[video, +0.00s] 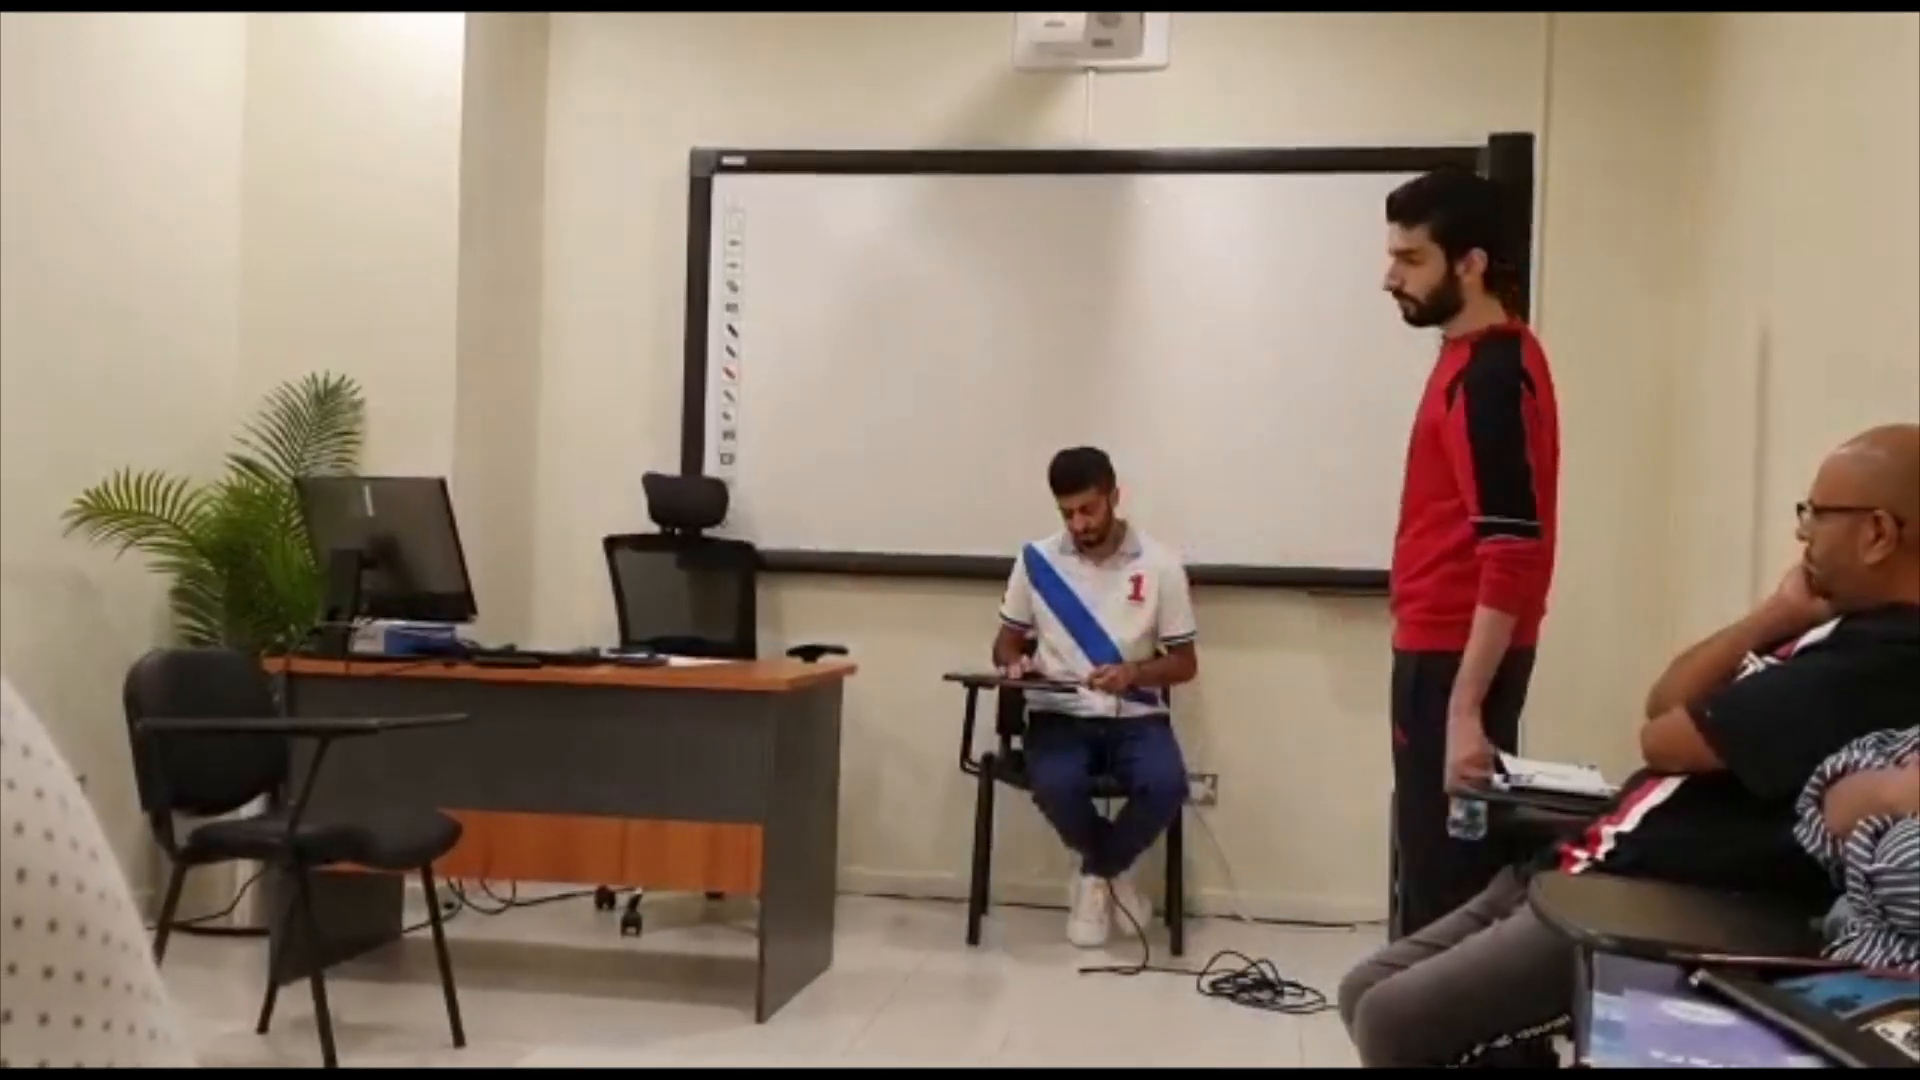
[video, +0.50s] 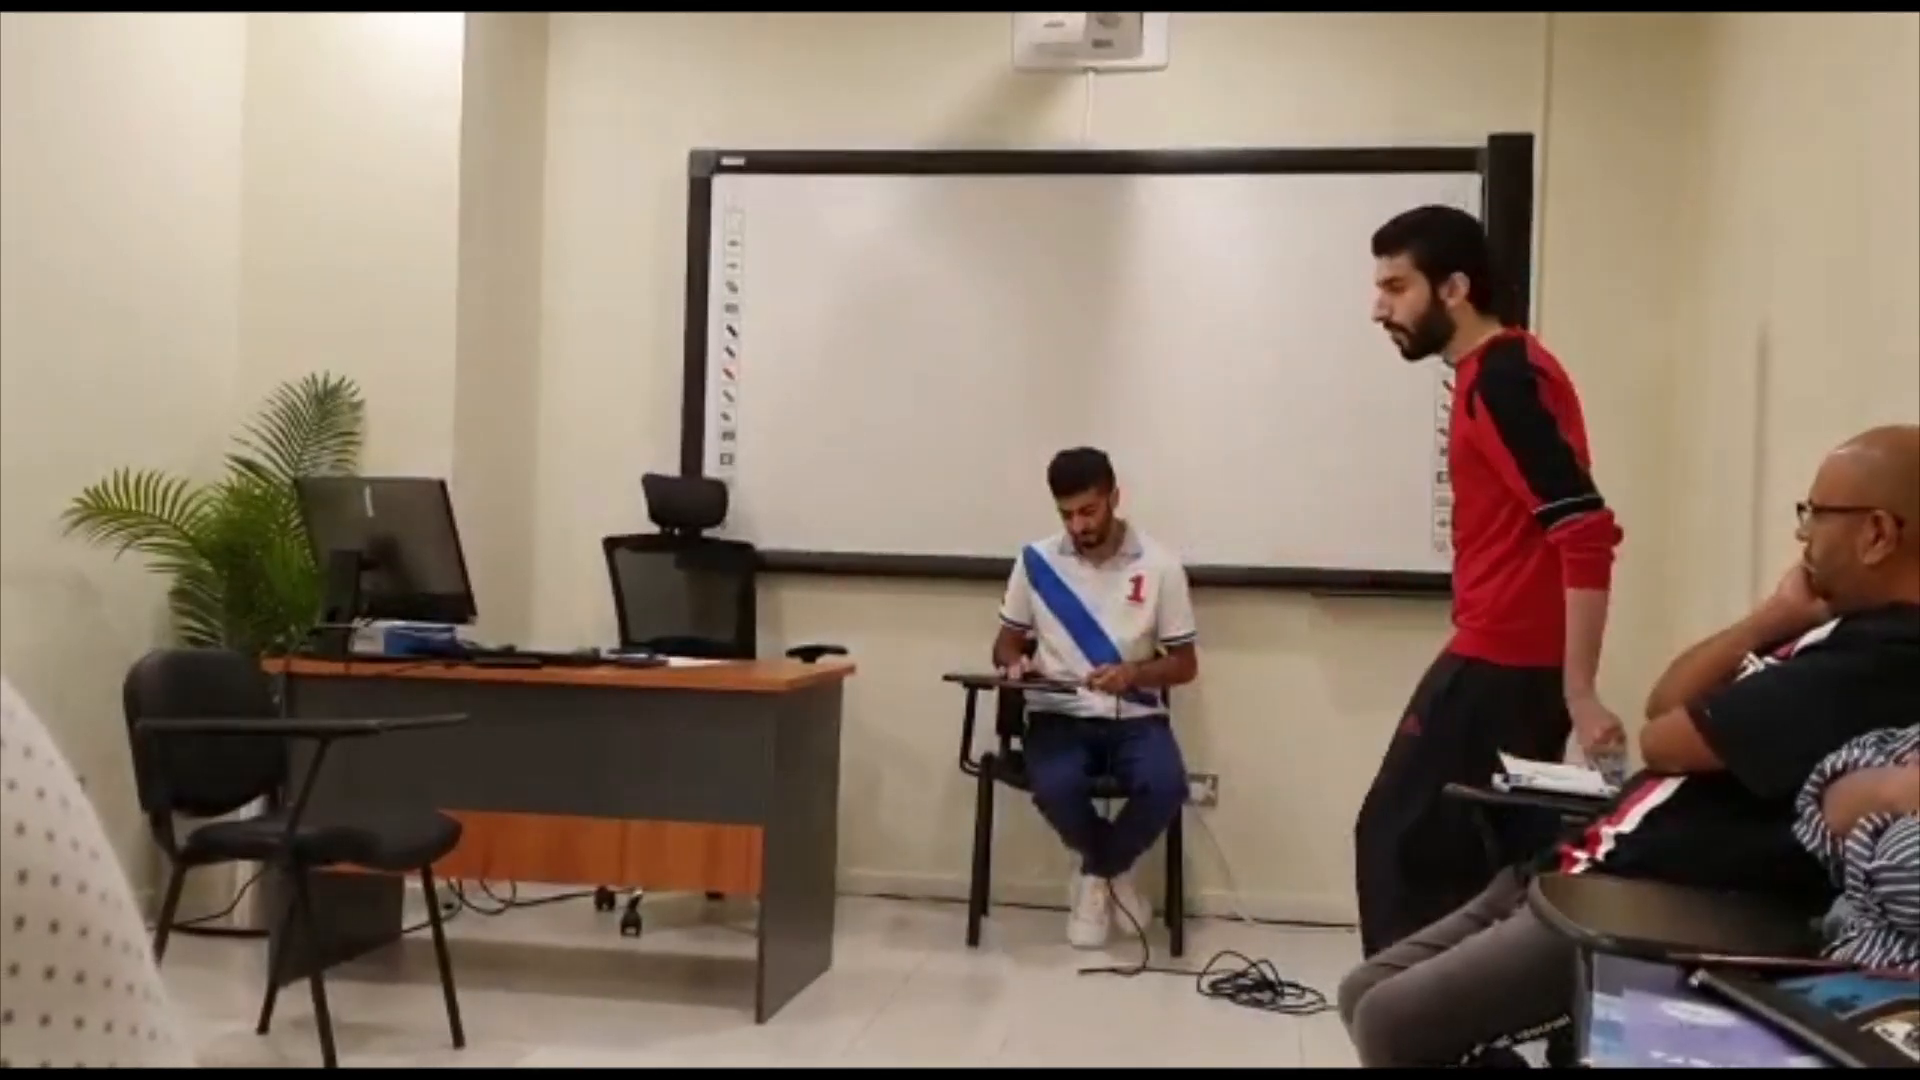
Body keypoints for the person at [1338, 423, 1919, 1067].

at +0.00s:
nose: (1800, 536)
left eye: (1814, 516)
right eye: (1805, 516)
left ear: (1879, 534)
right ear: (1879, 534)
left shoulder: (1882, 653)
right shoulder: (1853, 629)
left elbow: (1666, 744)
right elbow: (1663, 703)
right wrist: (1781, 612)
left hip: (1637, 910)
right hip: (1589, 867)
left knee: (1389, 1024)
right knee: (1364, 989)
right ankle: (1511, 1058)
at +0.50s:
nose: (1800, 538)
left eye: (1813, 517)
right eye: (1804, 516)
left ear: (1880, 534)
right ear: (1880, 534)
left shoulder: (1882, 654)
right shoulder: (1854, 629)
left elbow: (1664, 745)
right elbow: (1665, 703)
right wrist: (1779, 614)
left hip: (1638, 907)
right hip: (1589, 866)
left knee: (1389, 1024)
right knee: (1364, 990)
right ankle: (1488, 1062)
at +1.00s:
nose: (1800, 536)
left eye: (1813, 516)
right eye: (1805, 515)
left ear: (1880, 535)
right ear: (1880, 535)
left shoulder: (1880, 655)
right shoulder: (1857, 630)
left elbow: (1667, 744)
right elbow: (1666, 706)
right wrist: (1781, 614)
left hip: (1631, 910)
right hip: (1582, 867)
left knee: (1388, 1023)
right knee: (1367, 991)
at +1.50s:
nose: (1800, 535)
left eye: (1813, 515)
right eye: (1804, 515)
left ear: (1880, 534)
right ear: (1880, 534)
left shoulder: (1879, 654)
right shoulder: (1856, 629)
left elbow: (1665, 742)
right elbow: (1664, 703)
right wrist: (1782, 612)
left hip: (1628, 909)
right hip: (1580, 865)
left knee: (1385, 1023)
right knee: (1363, 990)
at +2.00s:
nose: (1799, 538)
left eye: (1811, 518)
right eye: (1803, 518)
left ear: (1878, 534)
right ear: (1879, 534)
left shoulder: (1882, 656)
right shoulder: (1853, 631)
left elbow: (1663, 743)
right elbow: (1662, 704)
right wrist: (1779, 614)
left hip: (1626, 907)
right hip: (1579, 863)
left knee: (1383, 1024)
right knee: (1363, 989)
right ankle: (1474, 1062)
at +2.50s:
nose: (1803, 538)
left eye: (1813, 517)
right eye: (1805, 517)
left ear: (1880, 532)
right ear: (1880, 532)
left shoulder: (1882, 655)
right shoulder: (1855, 631)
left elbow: (1667, 743)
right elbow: (1664, 704)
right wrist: (1781, 611)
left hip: (1633, 904)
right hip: (1585, 863)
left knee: (1386, 1021)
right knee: (1363, 988)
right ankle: (1480, 1062)